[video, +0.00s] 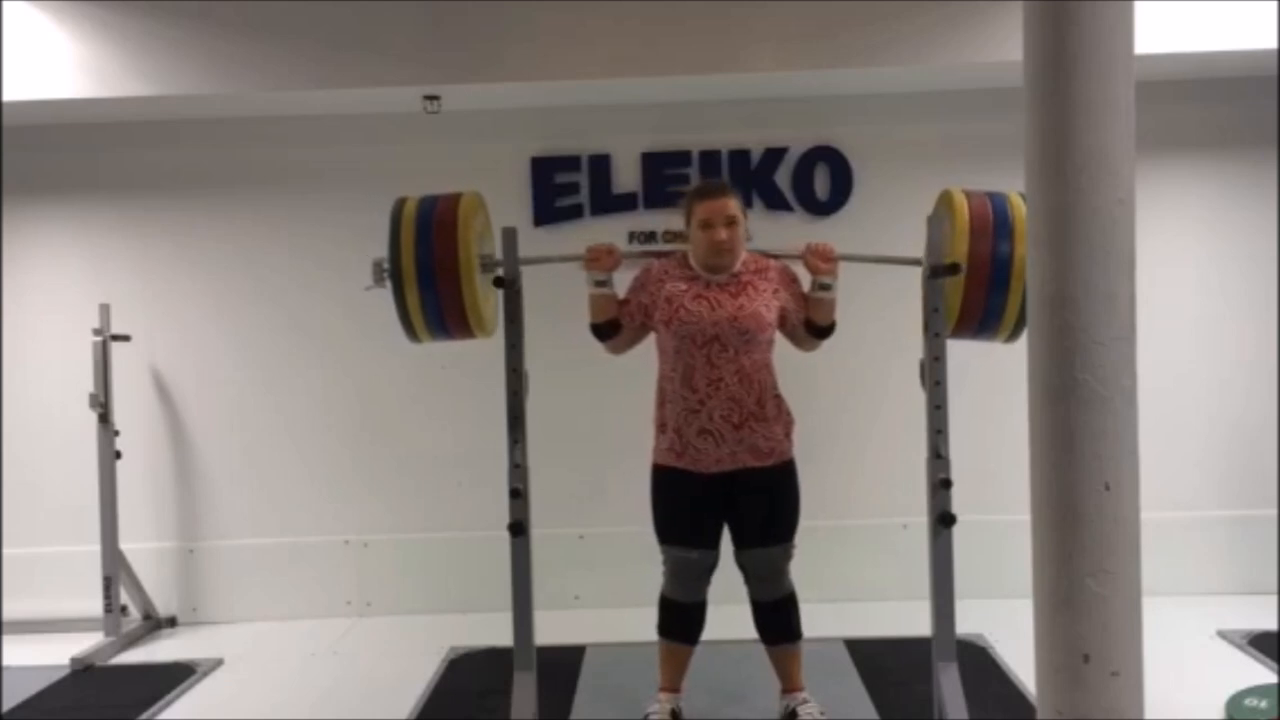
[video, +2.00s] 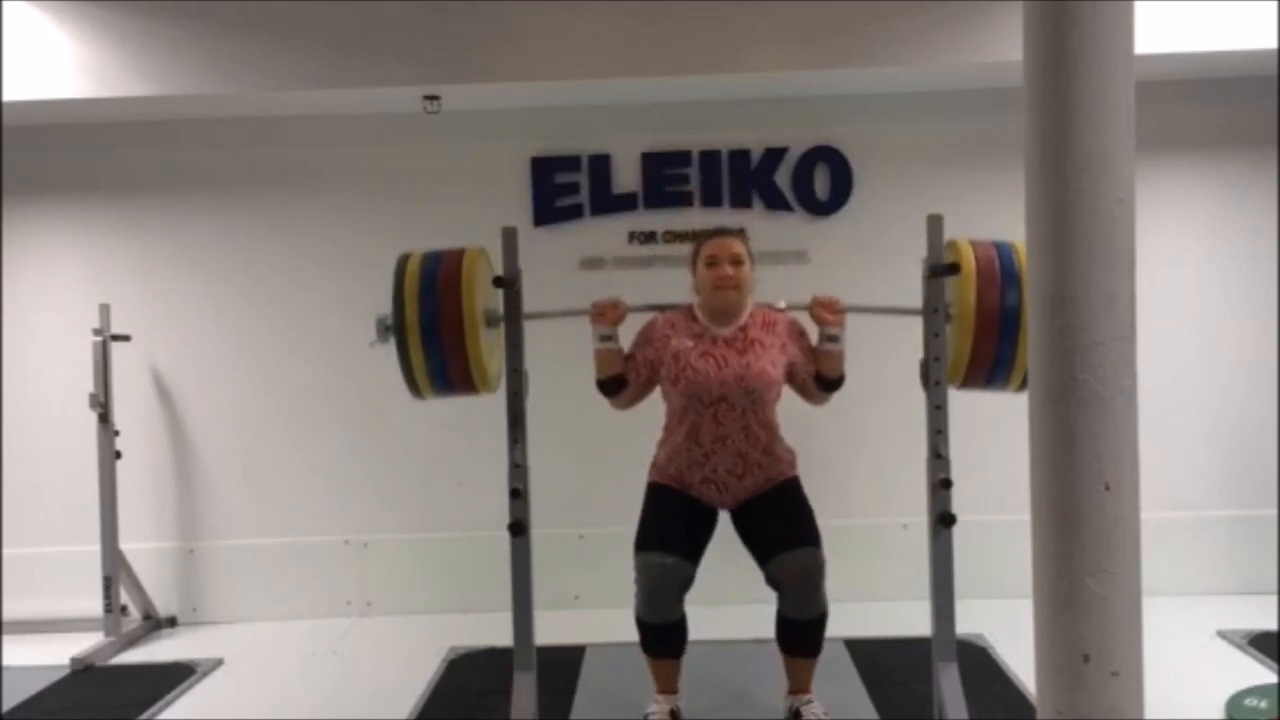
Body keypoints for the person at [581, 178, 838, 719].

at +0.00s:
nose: (721, 234)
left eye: (730, 223)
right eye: (708, 225)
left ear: (745, 227)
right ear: (687, 232)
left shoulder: (770, 275)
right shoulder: (660, 279)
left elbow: (810, 338)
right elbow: (614, 339)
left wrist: (823, 283)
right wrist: (600, 281)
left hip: (762, 457)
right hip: (685, 460)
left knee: (770, 580)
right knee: (684, 581)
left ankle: (795, 696)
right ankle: (667, 699)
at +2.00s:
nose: (725, 271)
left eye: (735, 262)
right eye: (712, 263)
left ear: (751, 273)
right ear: (694, 277)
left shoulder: (778, 329)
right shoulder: (665, 331)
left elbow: (819, 390)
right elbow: (620, 394)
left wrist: (831, 333)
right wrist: (605, 335)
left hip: (764, 474)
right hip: (682, 477)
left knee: (803, 575)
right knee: (657, 582)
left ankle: (802, 699)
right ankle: (665, 702)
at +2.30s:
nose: (728, 343)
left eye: (739, 334)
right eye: (715, 335)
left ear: (754, 345)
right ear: (698, 349)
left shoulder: (782, 398)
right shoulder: (671, 400)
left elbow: (828, 460)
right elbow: (624, 466)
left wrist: (838, 407)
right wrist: (609, 407)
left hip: (768, 524)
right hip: (686, 526)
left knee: (816, 595)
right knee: (653, 602)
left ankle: (801, 702)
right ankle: (666, 705)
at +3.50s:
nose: (731, 271)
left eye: (742, 264)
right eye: (719, 264)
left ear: (758, 279)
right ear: (700, 280)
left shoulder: (786, 333)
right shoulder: (671, 334)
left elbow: (827, 397)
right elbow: (626, 400)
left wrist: (840, 341)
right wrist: (610, 341)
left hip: (770, 478)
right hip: (686, 480)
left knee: (803, 579)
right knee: (660, 584)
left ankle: (800, 700)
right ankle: (665, 702)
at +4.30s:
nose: (730, 342)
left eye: (740, 333)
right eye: (717, 334)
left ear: (756, 346)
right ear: (700, 349)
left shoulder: (784, 399)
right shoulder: (671, 401)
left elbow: (829, 461)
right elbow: (626, 461)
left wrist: (839, 409)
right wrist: (611, 407)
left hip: (767, 524)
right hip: (686, 526)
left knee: (813, 593)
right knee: (649, 597)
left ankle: (801, 702)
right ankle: (665, 703)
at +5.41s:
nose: (730, 295)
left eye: (740, 288)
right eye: (717, 288)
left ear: (756, 303)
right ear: (697, 305)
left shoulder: (782, 355)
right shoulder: (668, 358)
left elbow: (827, 419)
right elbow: (623, 422)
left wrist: (838, 362)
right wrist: (608, 363)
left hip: (769, 489)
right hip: (687, 491)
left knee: (802, 585)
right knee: (653, 584)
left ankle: (800, 701)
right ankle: (664, 702)